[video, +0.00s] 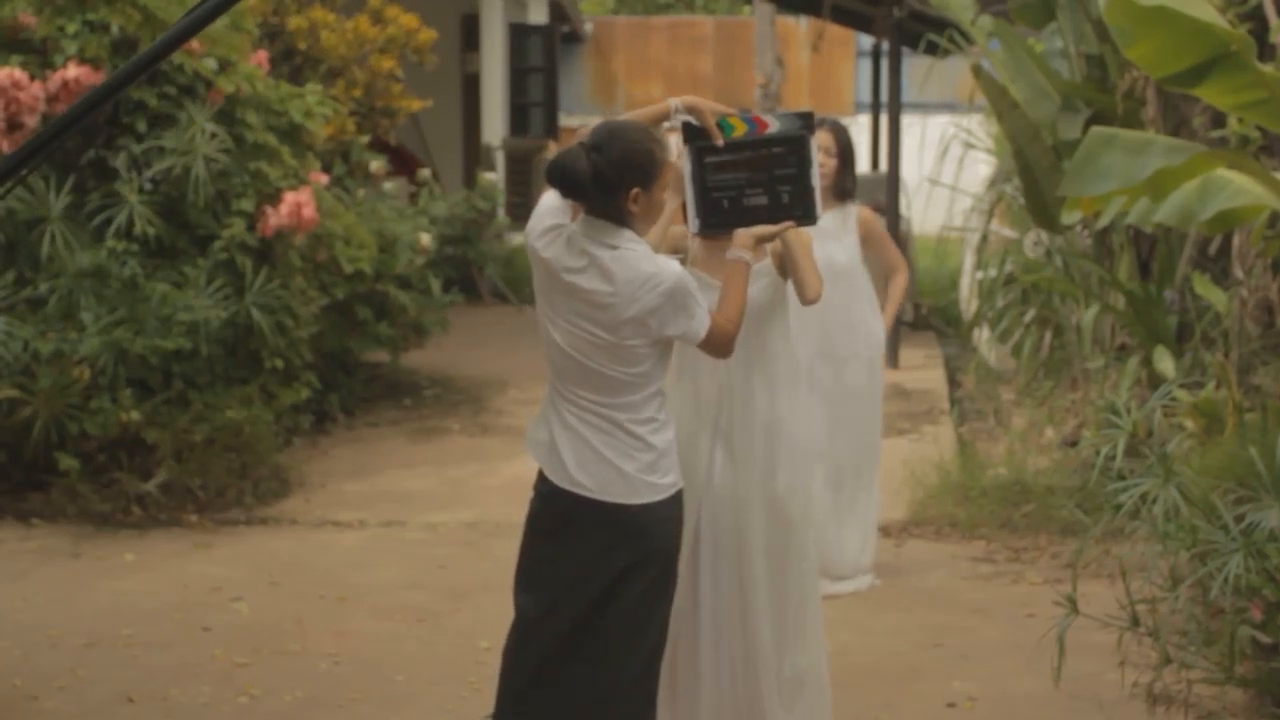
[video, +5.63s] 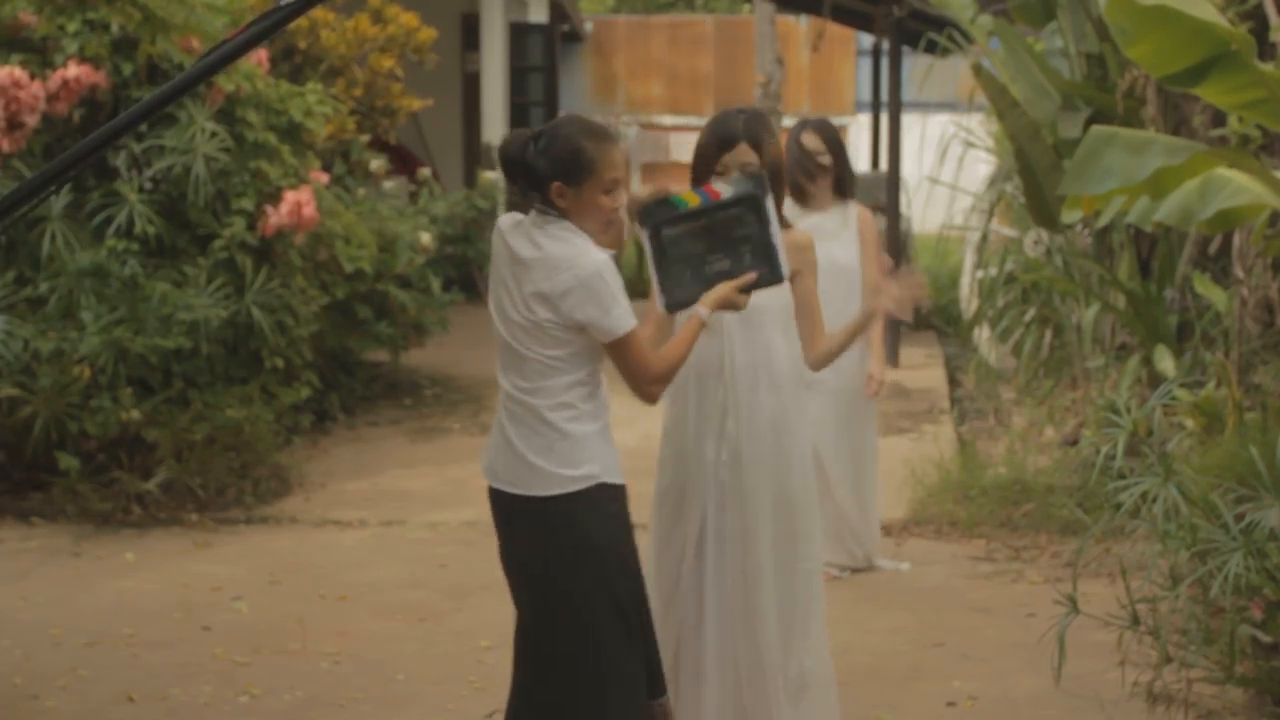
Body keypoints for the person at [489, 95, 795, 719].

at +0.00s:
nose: (670, 194)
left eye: (670, 182)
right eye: (665, 185)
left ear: (592, 191)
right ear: (634, 198)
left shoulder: (549, 233)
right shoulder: (654, 278)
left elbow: (579, 151)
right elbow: (721, 336)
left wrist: (662, 112)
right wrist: (740, 250)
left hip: (562, 480)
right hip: (640, 491)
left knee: (537, 651)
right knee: (624, 666)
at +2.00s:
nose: (636, 185)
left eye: (631, 175)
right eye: (632, 177)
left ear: (557, 182)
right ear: (621, 197)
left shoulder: (530, 241)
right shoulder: (639, 280)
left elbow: (567, 152)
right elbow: (703, 350)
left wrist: (663, 116)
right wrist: (730, 264)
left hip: (553, 489)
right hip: (632, 496)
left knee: (529, 651)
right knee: (619, 662)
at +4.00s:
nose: (625, 181)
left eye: (619, 170)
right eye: (620, 172)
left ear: (548, 181)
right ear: (608, 188)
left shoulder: (523, 243)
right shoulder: (635, 281)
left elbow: (563, 155)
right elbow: (701, 352)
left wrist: (659, 121)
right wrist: (727, 266)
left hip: (551, 488)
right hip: (629, 496)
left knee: (526, 654)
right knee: (618, 666)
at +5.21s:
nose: (631, 177)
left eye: (628, 166)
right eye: (625, 169)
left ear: (553, 181)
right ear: (607, 188)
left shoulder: (522, 242)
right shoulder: (638, 277)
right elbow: (702, 353)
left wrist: (640, 150)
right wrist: (733, 269)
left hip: (548, 488)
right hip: (626, 496)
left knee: (526, 655)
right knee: (616, 666)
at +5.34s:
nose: (632, 180)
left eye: (631, 168)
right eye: (625, 171)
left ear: (552, 179)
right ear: (602, 190)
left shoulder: (516, 242)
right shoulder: (631, 274)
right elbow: (698, 351)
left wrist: (654, 187)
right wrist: (726, 266)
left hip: (545, 488)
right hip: (623, 495)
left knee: (530, 662)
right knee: (615, 668)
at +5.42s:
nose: (632, 180)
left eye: (633, 168)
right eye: (624, 171)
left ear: (553, 181)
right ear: (591, 187)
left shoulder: (510, 237)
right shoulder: (621, 270)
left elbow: (557, 198)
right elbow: (688, 355)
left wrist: (631, 156)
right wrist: (722, 274)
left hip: (541, 485)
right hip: (618, 492)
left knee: (535, 660)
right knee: (616, 663)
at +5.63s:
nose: (622, 203)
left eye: (623, 187)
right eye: (609, 190)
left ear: (555, 192)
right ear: (559, 195)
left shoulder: (510, 230)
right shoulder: (584, 266)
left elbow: (598, 246)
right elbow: (648, 379)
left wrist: (636, 209)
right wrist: (704, 307)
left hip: (514, 477)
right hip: (573, 487)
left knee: (548, 652)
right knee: (616, 661)